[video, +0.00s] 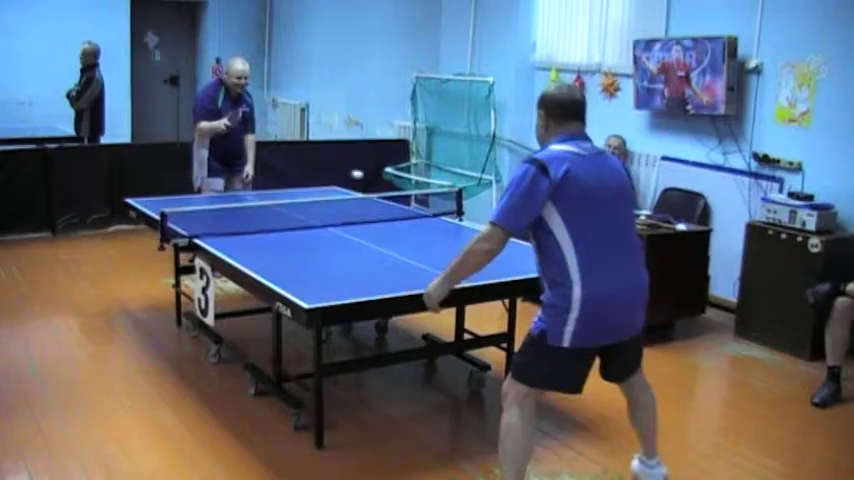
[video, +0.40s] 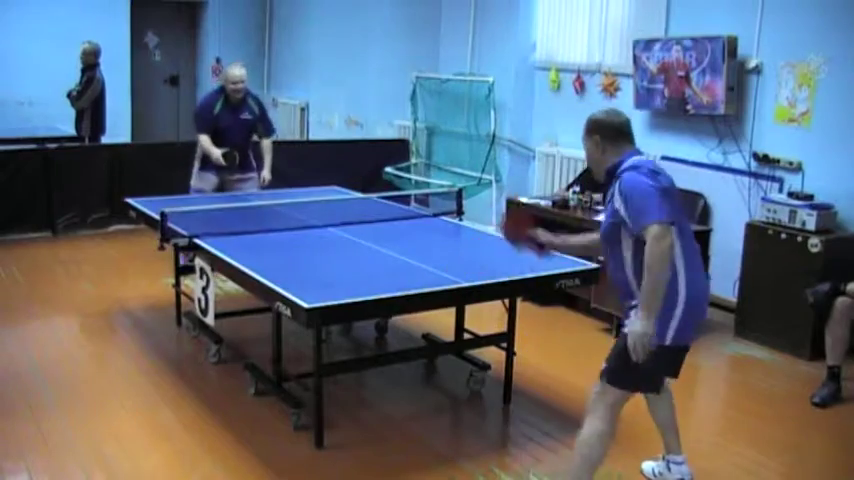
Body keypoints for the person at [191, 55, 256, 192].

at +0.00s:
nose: (242, 83)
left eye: (245, 78)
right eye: (238, 78)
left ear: (248, 78)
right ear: (225, 76)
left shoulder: (246, 98)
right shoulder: (209, 94)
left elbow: (249, 134)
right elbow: (200, 127)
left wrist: (250, 164)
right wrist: (219, 125)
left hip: (238, 158)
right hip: (214, 158)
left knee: (238, 207)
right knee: (211, 207)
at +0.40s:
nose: (238, 87)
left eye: (241, 82)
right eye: (233, 83)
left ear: (246, 82)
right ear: (224, 83)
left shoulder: (254, 103)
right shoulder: (210, 103)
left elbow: (266, 137)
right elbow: (202, 134)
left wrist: (266, 169)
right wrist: (214, 152)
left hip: (243, 167)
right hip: (210, 167)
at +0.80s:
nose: (232, 101)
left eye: (234, 96)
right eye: (227, 96)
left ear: (236, 96)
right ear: (214, 95)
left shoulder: (236, 111)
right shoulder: (199, 117)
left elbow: (250, 136)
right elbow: (198, 152)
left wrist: (271, 154)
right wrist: (230, 169)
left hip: (225, 168)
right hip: (196, 169)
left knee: (248, 203)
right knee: (187, 207)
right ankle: (174, 253)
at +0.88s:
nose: (245, 102)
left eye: (247, 98)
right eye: (242, 97)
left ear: (243, 96)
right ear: (228, 94)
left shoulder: (238, 111)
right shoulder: (209, 113)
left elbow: (252, 131)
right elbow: (207, 149)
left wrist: (282, 138)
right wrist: (236, 165)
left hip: (221, 166)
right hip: (194, 166)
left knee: (247, 199)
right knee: (189, 206)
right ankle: (171, 254)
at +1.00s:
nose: (261, 106)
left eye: (262, 103)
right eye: (260, 102)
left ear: (251, 97)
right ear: (250, 97)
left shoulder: (243, 111)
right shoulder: (228, 112)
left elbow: (240, 133)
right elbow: (220, 149)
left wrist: (260, 132)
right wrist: (242, 172)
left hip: (223, 164)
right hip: (199, 164)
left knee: (240, 205)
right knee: (190, 207)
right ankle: (167, 253)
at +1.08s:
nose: (272, 111)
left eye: (274, 107)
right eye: (272, 106)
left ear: (261, 97)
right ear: (265, 102)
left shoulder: (245, 109)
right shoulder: (240, 114)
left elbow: (245, 136)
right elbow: (229, 149)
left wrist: (260, 145)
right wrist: (242, 177)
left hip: (219, 166)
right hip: (201, 166)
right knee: (193, 209)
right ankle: (167, 253)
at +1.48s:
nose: (285, 123)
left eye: (289, 121)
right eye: (288, 119)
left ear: (283, 108)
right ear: (283, 110)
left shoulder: (266, 115)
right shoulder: (259, 111)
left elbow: (255, 150)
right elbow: (241, 143)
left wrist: (269, 169)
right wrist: (242, 176)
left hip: (235, 161)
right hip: (215, 161)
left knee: (253, 199)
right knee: (216, 205)